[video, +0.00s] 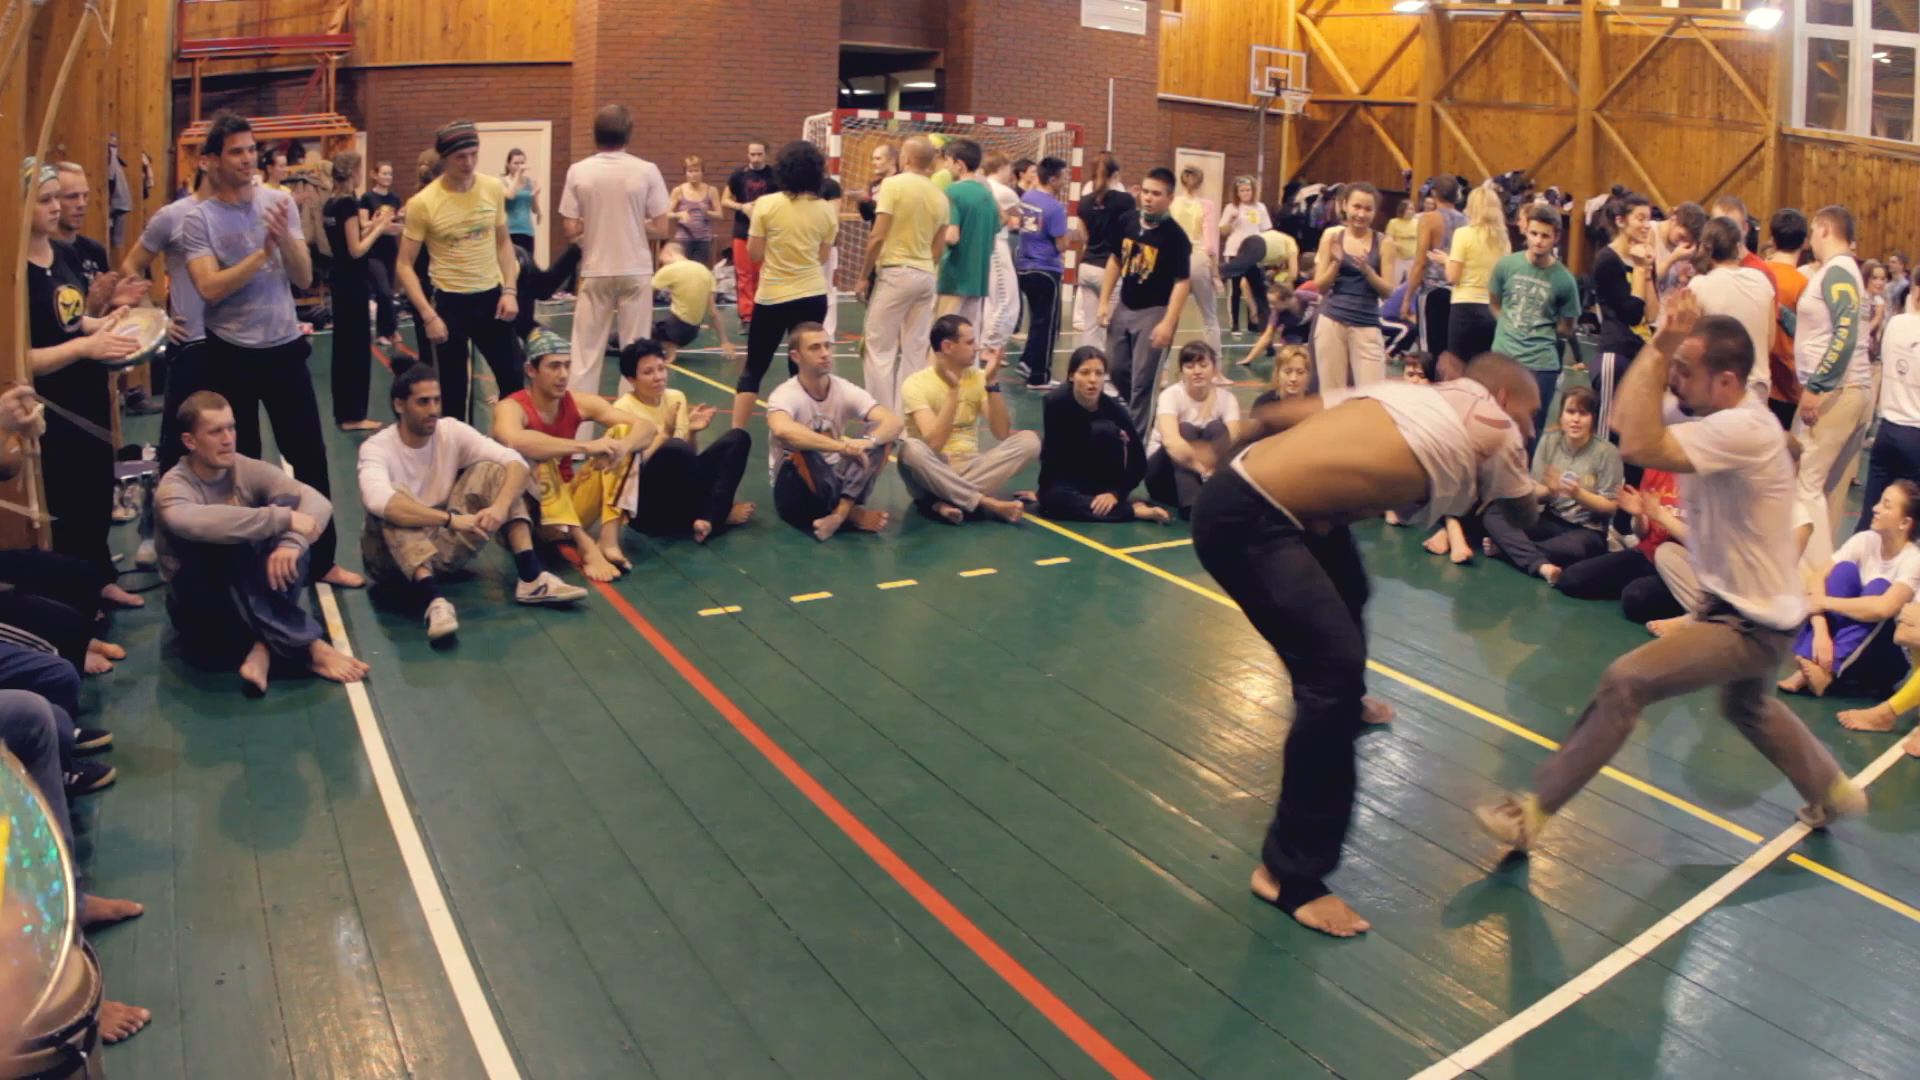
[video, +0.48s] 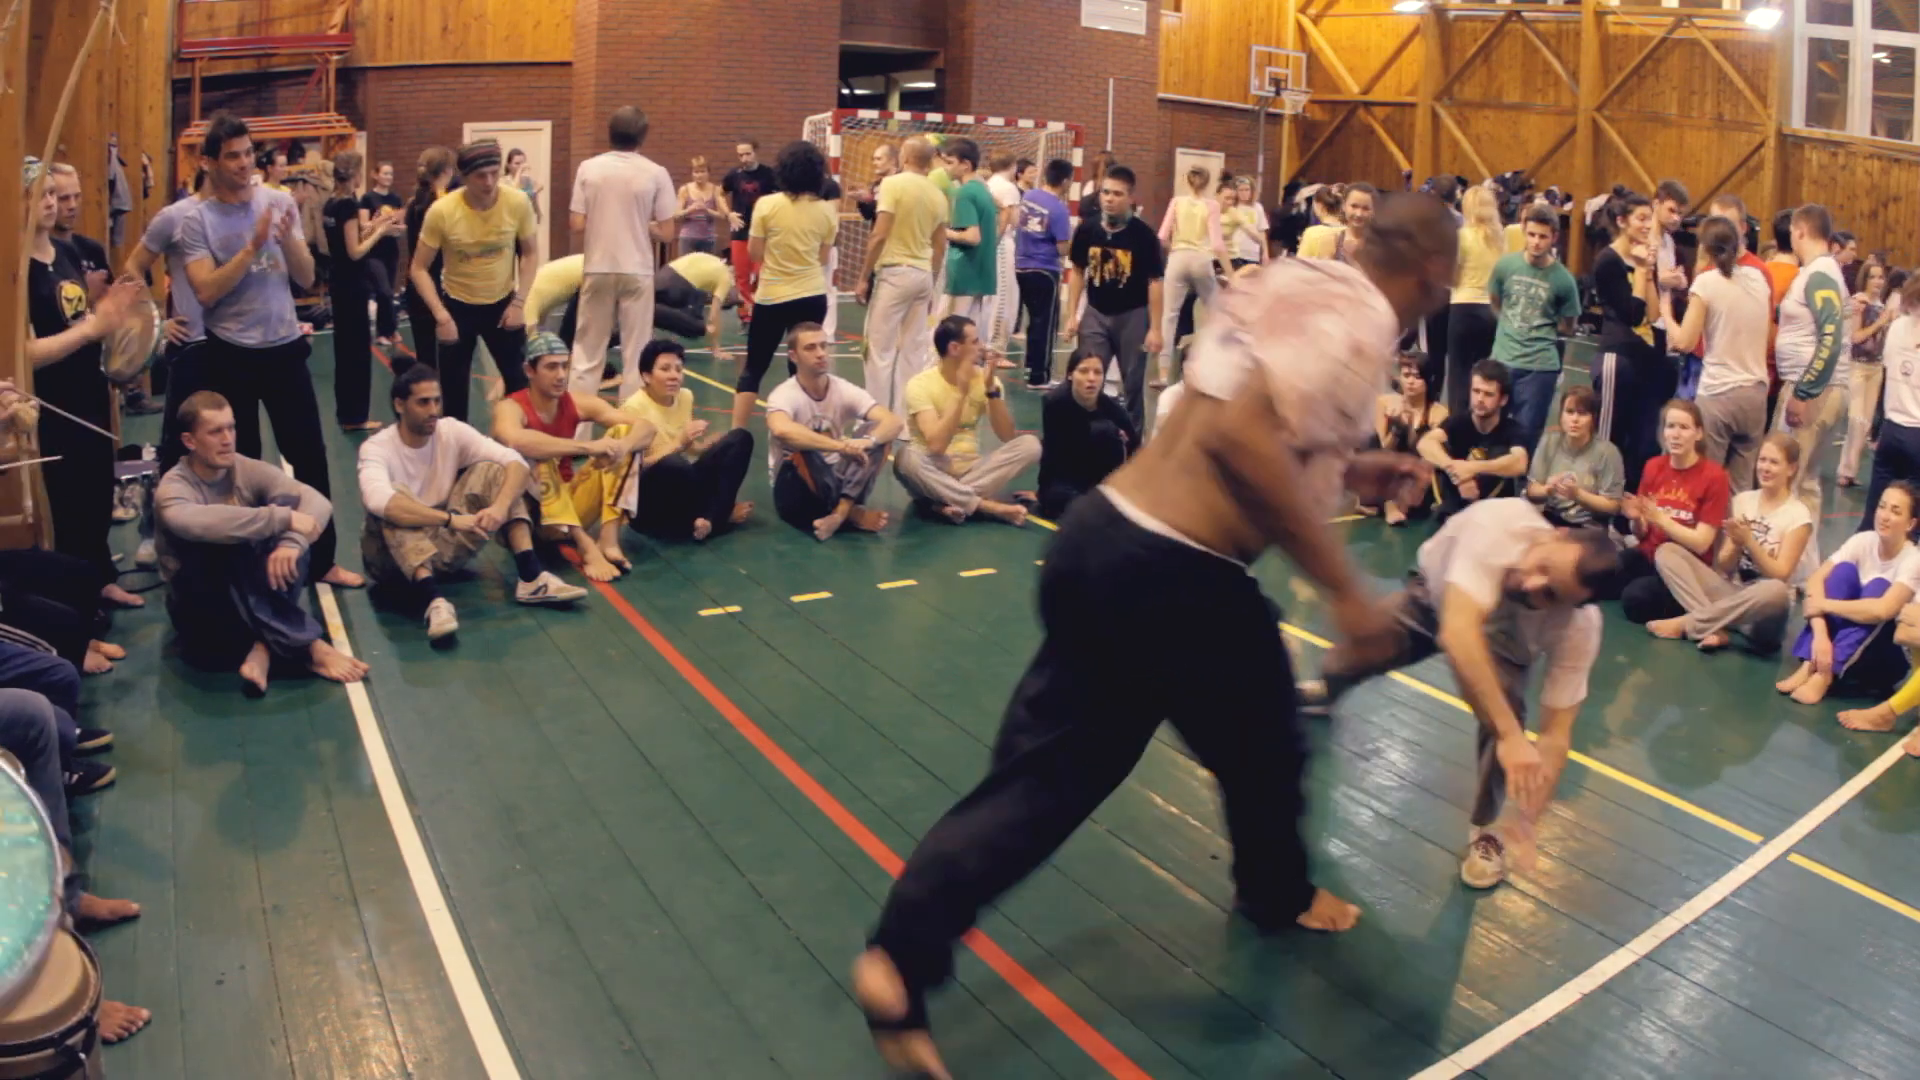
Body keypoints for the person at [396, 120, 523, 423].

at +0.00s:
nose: (468, 162)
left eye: (472, 154)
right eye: (460, 156)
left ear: (478, 154)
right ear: (443, 158)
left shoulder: (493, 189)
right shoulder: (423, 204)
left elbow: (503, 243)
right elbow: (404, 265)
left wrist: (510, 289)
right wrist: (428, 316)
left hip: (490, 300)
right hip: (449, 304)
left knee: (513, 378)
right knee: (453, 393)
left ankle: (515, 454)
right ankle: (455, 460)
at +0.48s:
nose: (488, 182)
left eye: (493, 174)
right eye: (480, 176)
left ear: (500, 172)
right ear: (465, 176)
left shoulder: (518, 203)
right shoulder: (442, 211)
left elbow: (529, 252)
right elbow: (418, 268)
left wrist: (520, 301)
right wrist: (441, 315)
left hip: (501, 306)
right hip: (457, 308)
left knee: (519, 383)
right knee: (453, 389)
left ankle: (527, 452)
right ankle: (452, 452)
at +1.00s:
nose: (494, 290)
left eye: (500, 281)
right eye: (486, 282)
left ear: (506, 280)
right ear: (470, 282)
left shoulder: (520, 306)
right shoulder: (448, 314)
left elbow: (528, 360)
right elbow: (437, 376)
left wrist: (509, 404)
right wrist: (469, 418)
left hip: (501, 388)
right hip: (458, 390)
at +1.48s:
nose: (480, 306)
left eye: (486, 297)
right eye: (472, 298)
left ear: (493, 300)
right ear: (457, 303)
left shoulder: (507, 332)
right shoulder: (438, 344)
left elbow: (523, 382)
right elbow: (429, 402)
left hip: (497, 418)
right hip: (454, 423)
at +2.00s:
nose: (475, 310)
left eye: (479, 302)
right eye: (466, 304)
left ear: (484, 303)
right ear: (451, 308)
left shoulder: (501, 335)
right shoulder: (433, 350)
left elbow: (522, 385)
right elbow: (422, 402)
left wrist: (504, 392)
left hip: (496, 423)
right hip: (452, 429)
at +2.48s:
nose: (480, 314)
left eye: (484, 306)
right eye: (471, 308)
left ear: (488, 307)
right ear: (454, 312)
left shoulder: (502, 339)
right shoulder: (434, 352)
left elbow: (523, 388)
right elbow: (422, 403)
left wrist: (505, 388)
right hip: (450, 428)